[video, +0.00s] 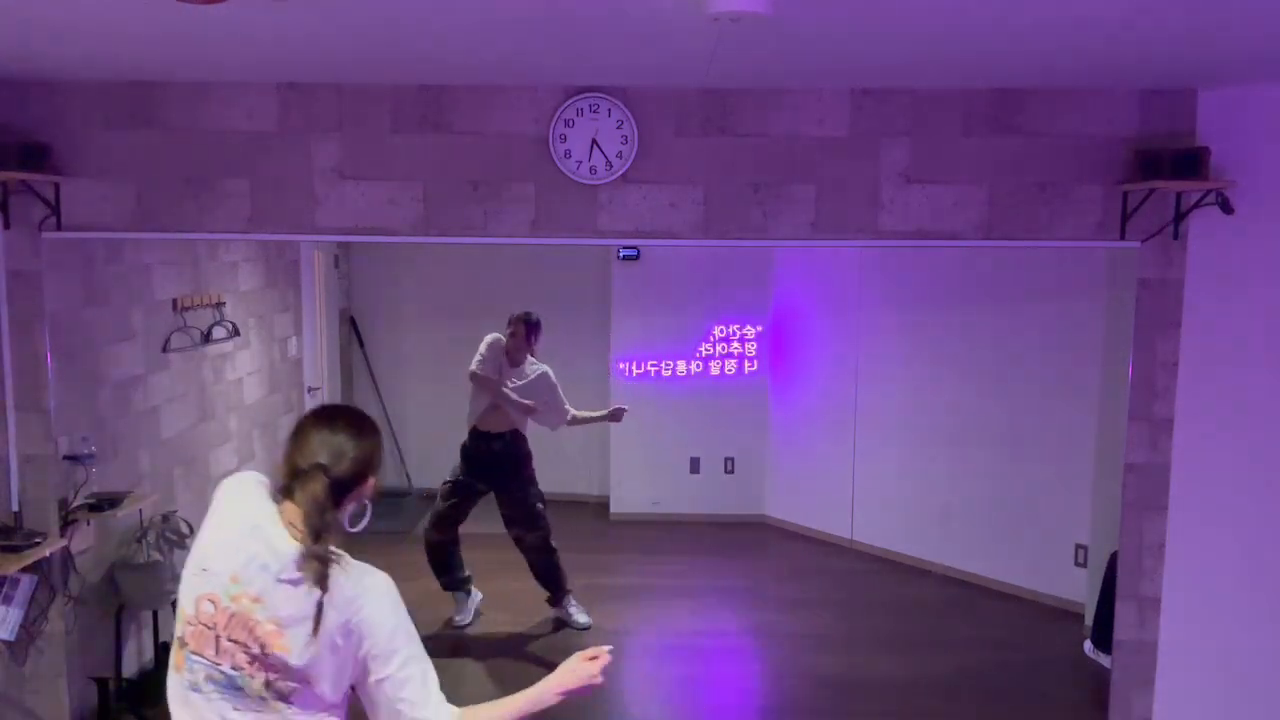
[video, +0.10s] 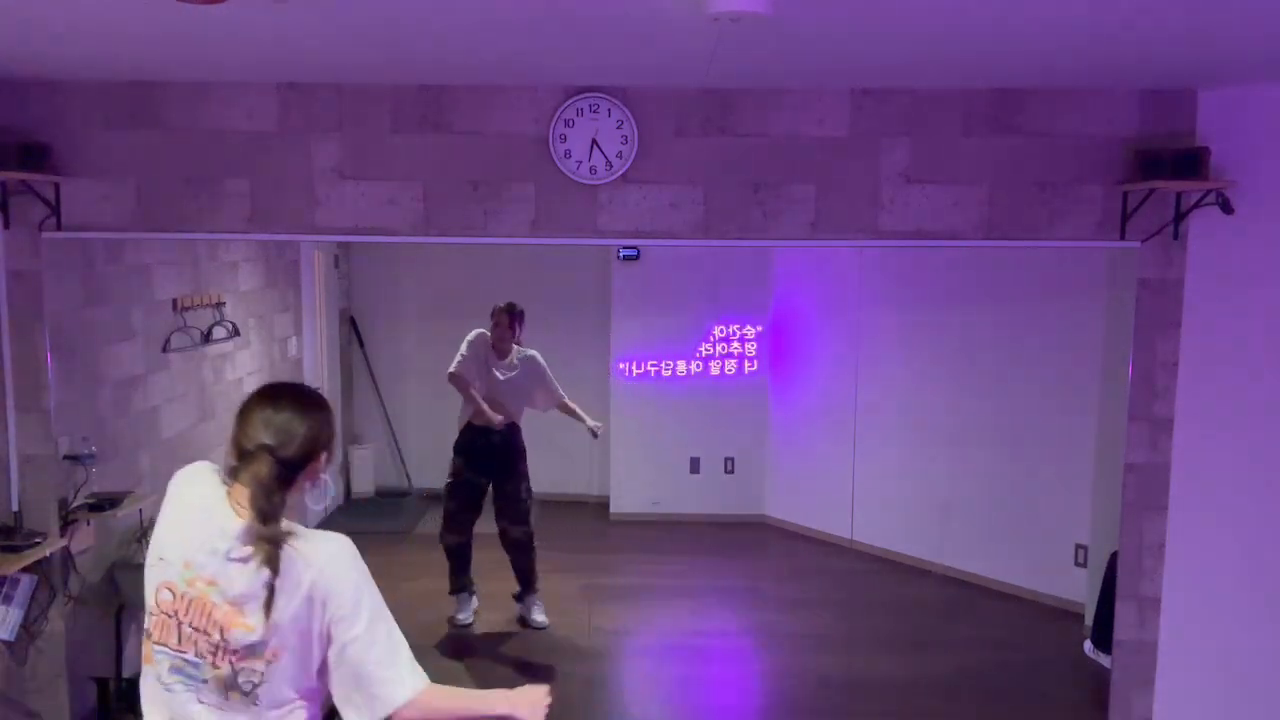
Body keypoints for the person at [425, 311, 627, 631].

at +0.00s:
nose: (508, 339)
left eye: (515, 335)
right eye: (508, 333)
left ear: (532, 340)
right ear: (505, 333)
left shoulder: (541, 375)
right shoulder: (494, 344)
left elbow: (565, 416)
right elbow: (478, 375)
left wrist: (604, 415)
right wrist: (514, 402)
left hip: (512, 452)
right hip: (476, 450)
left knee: (531, 530)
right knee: (439, 527)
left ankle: (563, 600)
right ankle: (464, 595)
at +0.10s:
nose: (496, 332)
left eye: (503, 327)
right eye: (494, 325)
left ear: (517, 331)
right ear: (490, 326)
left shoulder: (530, 360)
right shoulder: (478, 340)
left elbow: (558, 400)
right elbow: (456, 375)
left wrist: (587, 420)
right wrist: (485, 411)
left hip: (509, 444)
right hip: (472, 442)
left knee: (516, 523)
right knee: (455, 525)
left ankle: (530, 598)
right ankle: (464, 596)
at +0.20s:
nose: (488, 321)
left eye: (494, 316)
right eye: (484, 315)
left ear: (507, 319)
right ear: (479, 317)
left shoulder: (523, 349)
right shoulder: (467, 339)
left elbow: (546, 392)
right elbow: (442, 382)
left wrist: (564, 432)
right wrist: (459, 427)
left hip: (506, 438)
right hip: (469, 436)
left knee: (504, 520)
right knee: (465, 520)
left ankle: (504, 596)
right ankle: (468, 597)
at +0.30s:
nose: (483, 318)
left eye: (489, 313)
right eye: (479, 312)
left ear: (502, 315)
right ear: (473, 315)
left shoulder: (519, 349)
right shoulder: (457, 344)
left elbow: (533, 398)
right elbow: (441, 391)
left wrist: (541, 445)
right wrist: (442, 438)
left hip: (504, 438)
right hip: (467, 436)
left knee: (500, 518)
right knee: (468, 517)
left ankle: (494, 592)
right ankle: (467, 593)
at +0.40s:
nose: (481, 319)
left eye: (487, 313)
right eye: (476, 313)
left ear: (499, 316)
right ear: (469, 316)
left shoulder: (515, 355)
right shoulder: (452, 352)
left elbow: (522, 410)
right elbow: (446, 407)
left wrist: (526, 456)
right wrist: (439, 453)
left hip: (505, 442)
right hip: (467, 441)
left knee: (501, 520)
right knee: (468, 520)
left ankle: (495, 594)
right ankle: (467, 595)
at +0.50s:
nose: (480, 319)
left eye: (486, 314)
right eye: (474, 314)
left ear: (497, 317)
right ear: (467, 317)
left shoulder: (514, 355)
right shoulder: (451, 354)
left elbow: (521, 406)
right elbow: (442, 405)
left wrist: (515, 448)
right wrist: (442, 448)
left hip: (502, 439)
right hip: (466, 438)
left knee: (498, 519)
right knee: (465, 519)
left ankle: (494, 595)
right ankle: (467, 595)